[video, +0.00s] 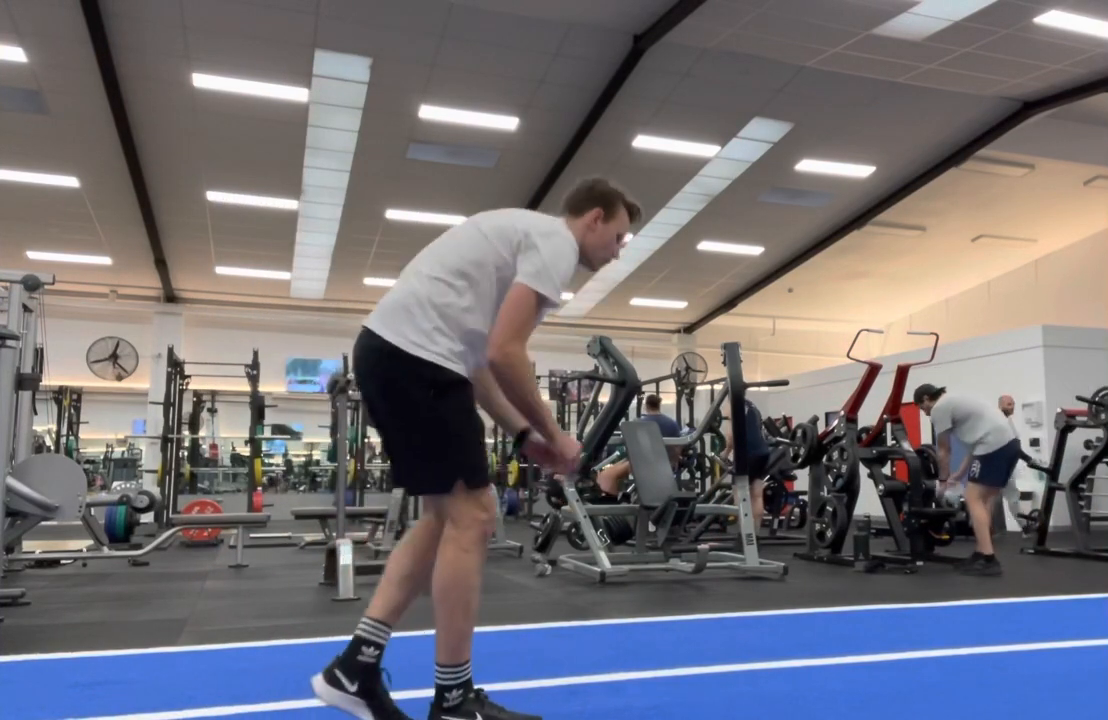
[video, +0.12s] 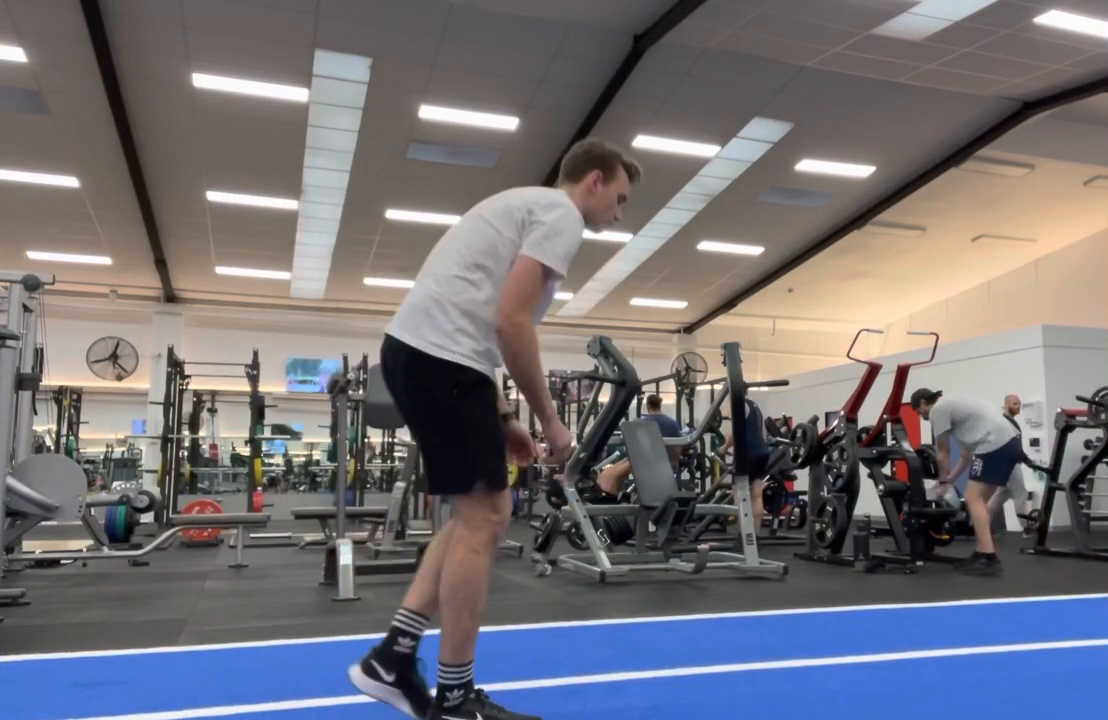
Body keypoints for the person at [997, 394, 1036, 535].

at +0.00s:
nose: (1011, 407)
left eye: (1012, 404)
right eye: (1008, 404)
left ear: (1013, 405)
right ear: (1001, 406)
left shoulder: (1008, 421)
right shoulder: (1002, 422)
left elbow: (1015, 444)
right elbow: (1012, 446)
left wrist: (1028, 458)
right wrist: (1029, 459)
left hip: (1004, 465)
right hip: (1001, 466)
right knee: (1012, 494)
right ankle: (1023, 525)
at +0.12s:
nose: (1018, 407)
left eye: (1018, 404)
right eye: (1015, 404)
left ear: (1018, 406)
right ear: (1006, 405)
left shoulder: (1011, 421)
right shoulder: (1005, 423)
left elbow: (1017, 447)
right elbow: (1016, 450)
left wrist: (1029, 462)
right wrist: (1030, 463)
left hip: (1007, 461)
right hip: (1010, 462)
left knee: (1004, 492)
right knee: (1020, 493)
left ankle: (984, 517)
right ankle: (1026, 527)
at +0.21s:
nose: (1023, 406)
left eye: (1024, 403)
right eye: (1020, 403)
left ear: (1025, 405)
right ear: (1012, 404)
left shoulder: (1017, 420)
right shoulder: (1011, 421)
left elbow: (1021, 444)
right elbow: (1011, 445)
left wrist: (1025, 463)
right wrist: (1012, 466)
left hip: (1021, 462)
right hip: (1019, 463)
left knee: (1014, 494)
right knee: (1024, 495)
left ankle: (991, 517)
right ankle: (1027, 527)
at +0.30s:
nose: (1027, 405)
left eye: (1029, 402)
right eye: (1024, 402)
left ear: (1030, 404)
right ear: (1017, 403)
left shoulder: (1022, 420)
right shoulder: (1016, 420)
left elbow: (1024, 443)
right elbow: (1015, 445)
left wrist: (1030, 461)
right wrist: (1020, 465)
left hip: (1028, 463)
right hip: (1024, 465)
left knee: (1026, 495)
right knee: (1029, 496)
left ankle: (1003, 513)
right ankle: (1028, 527)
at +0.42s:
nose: (1032, 405)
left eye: (1033, 402)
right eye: (1029, 402)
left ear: (1035, 404)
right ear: (1021, 403)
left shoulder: (1025, 420)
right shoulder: (1020, 420)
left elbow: (1029, 443)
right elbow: (1024, 444)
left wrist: (1035, 461)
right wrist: (1032, 462)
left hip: (1029, 462)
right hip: (1026, 463)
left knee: (1035, 489)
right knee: (1039, 486)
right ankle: (1021, 515)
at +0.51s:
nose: (1035, 405)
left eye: (1037, 403)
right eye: (1032, 402)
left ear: (1039, 404)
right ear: (1025, 403)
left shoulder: (1029, 420)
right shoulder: (1024, 420)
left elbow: (1030, 443)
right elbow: (1023, 443)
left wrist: (1041, 461)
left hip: (1035, 463)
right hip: (1030, 463)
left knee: (1037, 495)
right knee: (1036, 494)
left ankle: (1034, 526)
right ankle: (1030, 527)